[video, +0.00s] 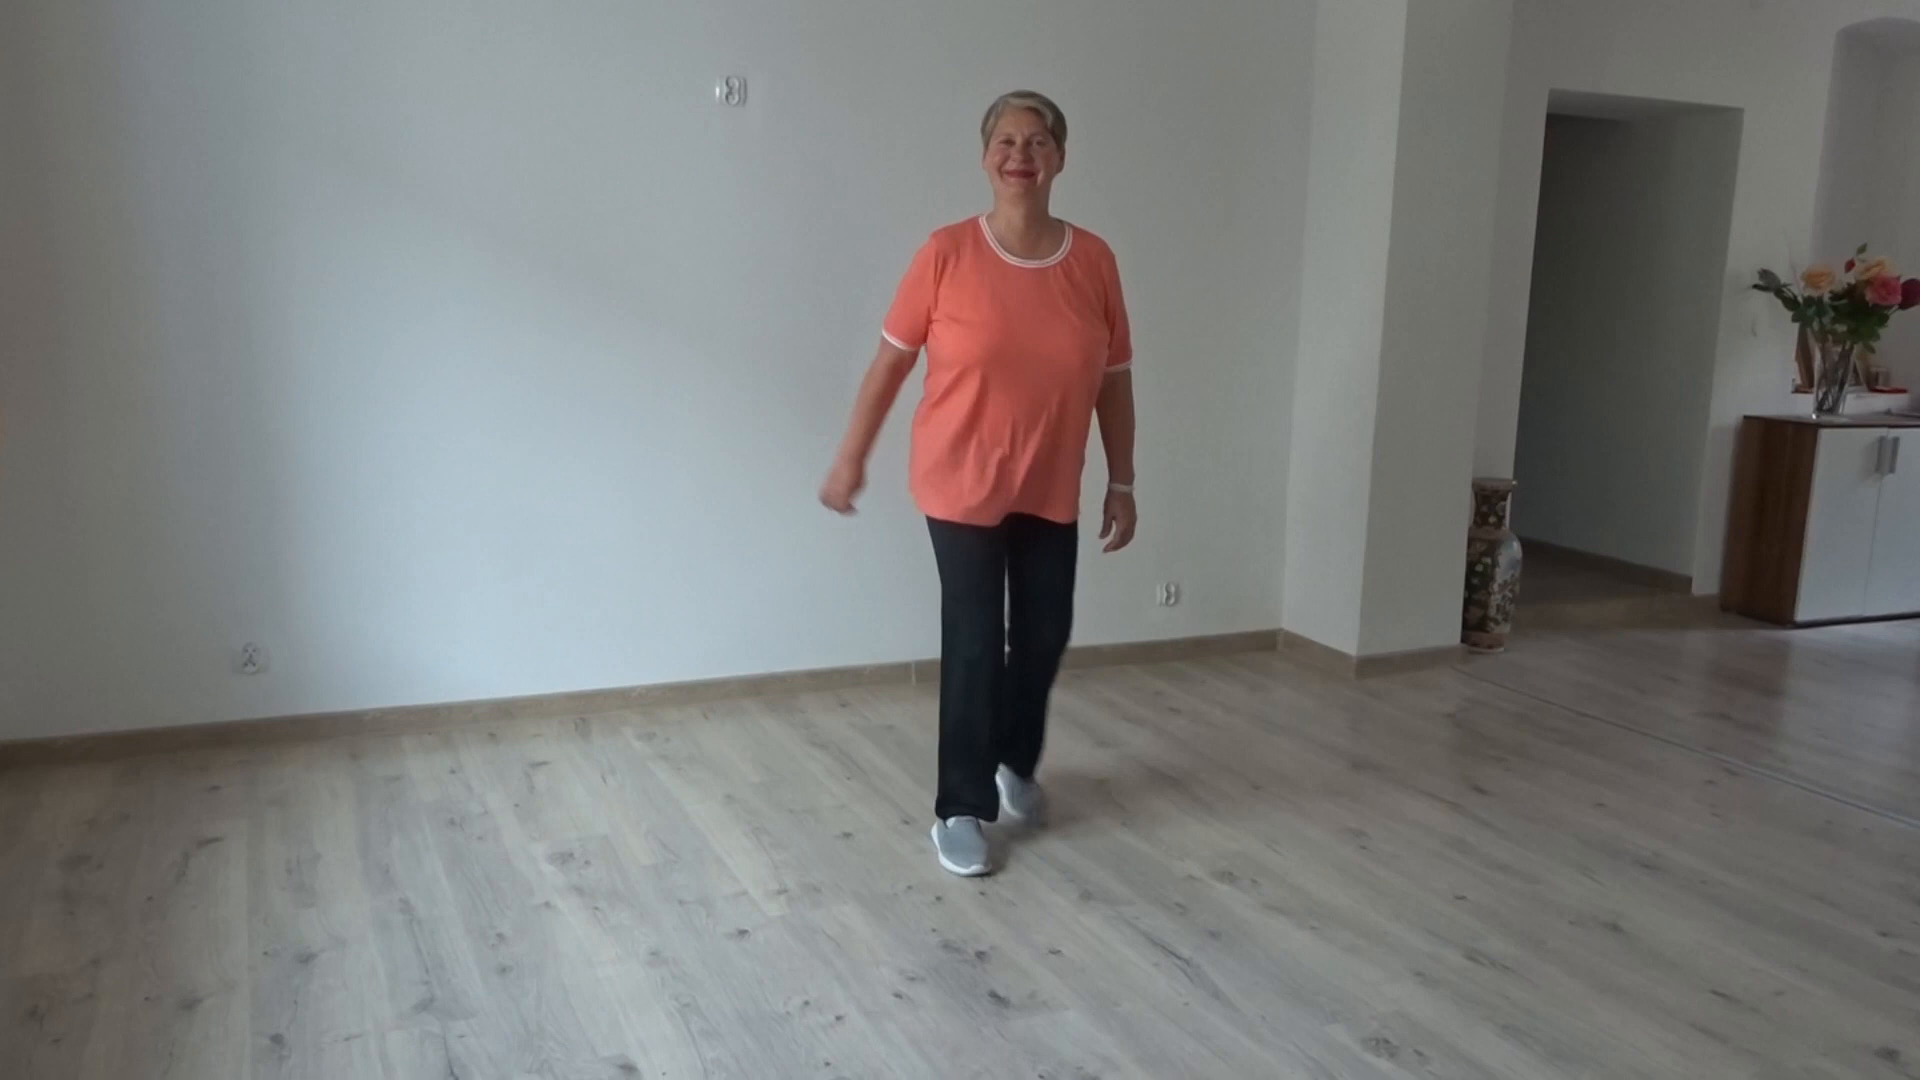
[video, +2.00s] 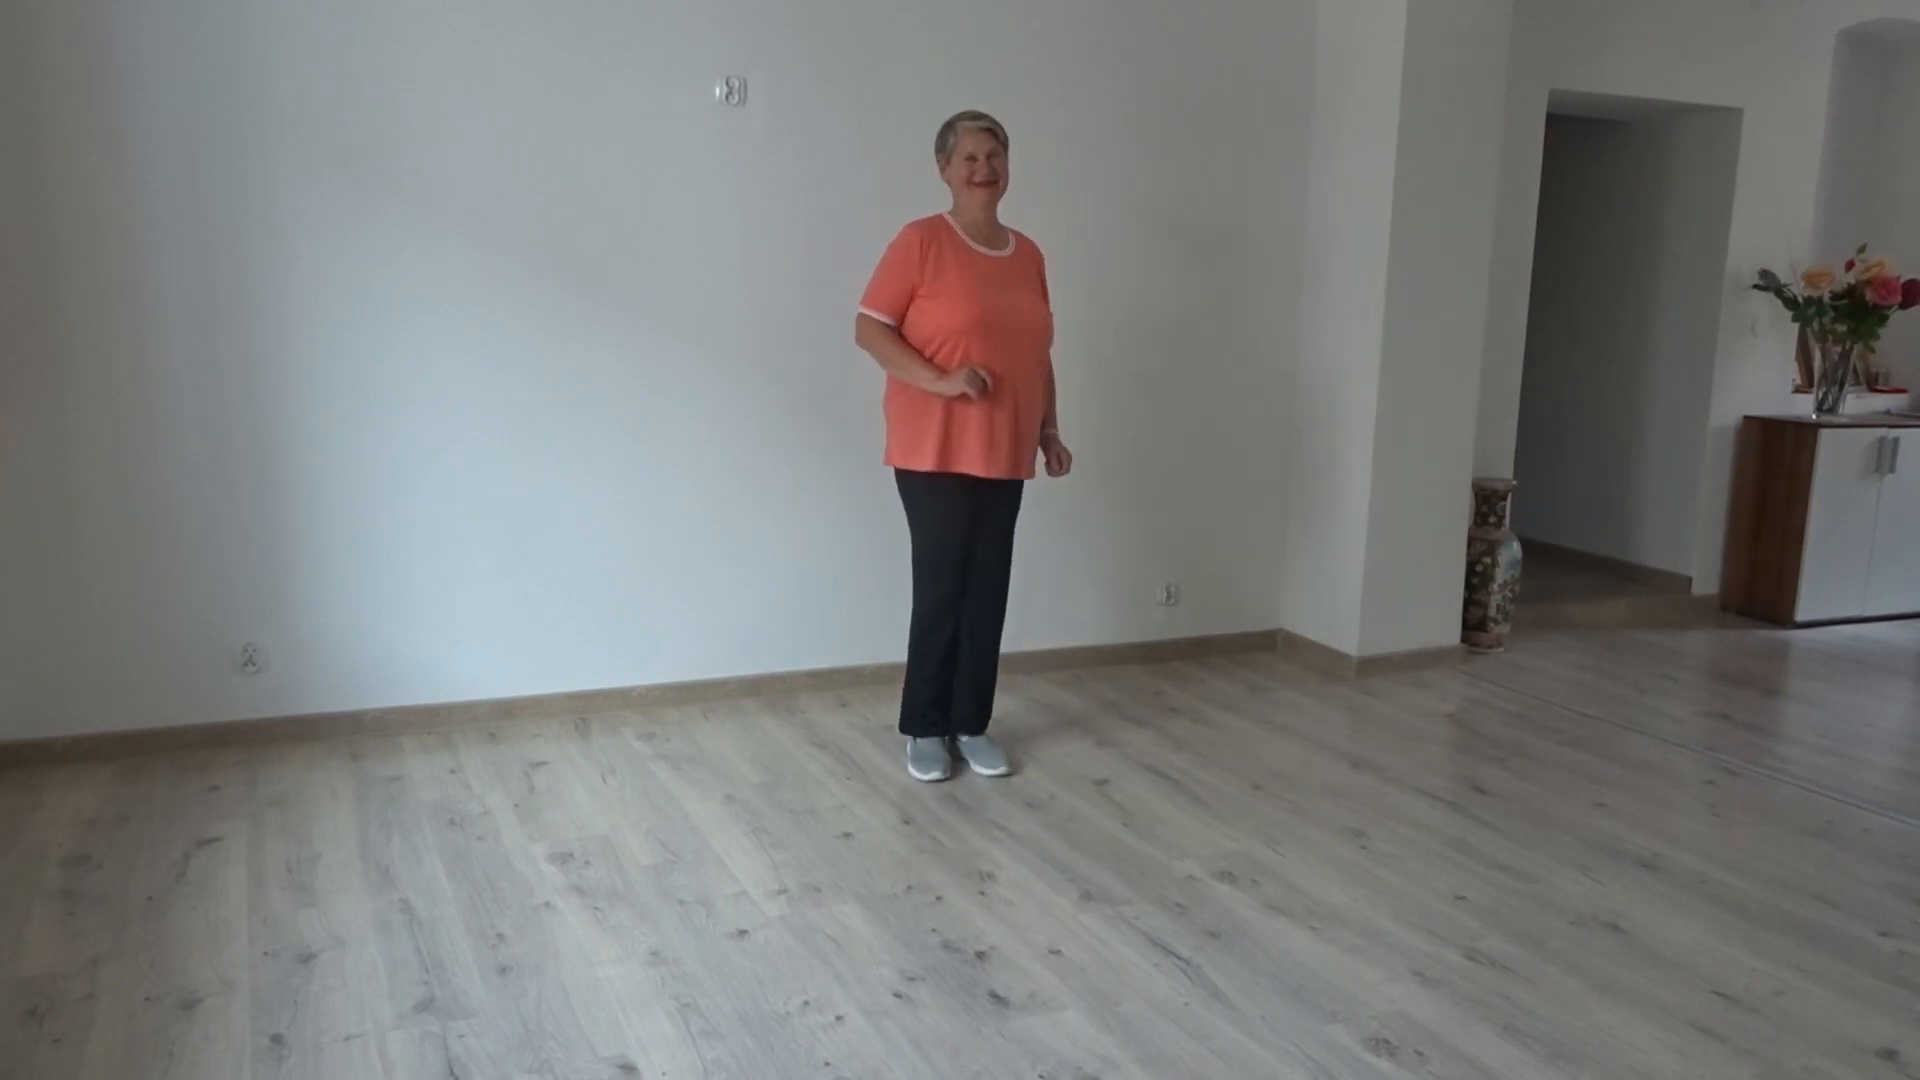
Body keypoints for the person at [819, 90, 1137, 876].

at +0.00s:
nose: (1018, 153)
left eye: (1035, 143)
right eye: (1005, 141)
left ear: (1059, 160)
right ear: (984, 157)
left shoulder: (1092, 259)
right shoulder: (948, 253)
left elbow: (1113, 380)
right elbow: (892, 360)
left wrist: (1122, 482)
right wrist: (850, 458)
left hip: (1051, 487)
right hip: (961, 483)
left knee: (1045, 637)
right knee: (974, 643)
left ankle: (1016, 761)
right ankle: (961, 809)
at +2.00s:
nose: (985, 165)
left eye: (994, 155)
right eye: (970, 157)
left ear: (1008, 167)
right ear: (945, 170)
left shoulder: (1026, 254)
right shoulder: (919, 242)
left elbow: (1038, 353)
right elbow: (870, 328)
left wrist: (1047, 427)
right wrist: (937, 380)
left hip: (1004, 458)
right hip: (935, 454)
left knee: (986, 597)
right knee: (941, 595)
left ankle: (969, 728)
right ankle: (924, 730)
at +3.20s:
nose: (964, 161)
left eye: (979, 154)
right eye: (953, 151)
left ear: (998, 170)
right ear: (935, 165)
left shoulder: (1025, 244)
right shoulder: (910, 249)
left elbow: (1067, 340)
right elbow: (894, 333)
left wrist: (1002, 367)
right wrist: (867, 354)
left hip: (1008, 456)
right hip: (931, 455)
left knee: (985, 592)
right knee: (939, 590)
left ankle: (974, 729)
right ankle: (929, 730)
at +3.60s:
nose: (984, 165)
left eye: (998, 158)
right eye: (973, 153)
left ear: (1010, 174)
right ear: (948, 162)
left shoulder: (1037, 249)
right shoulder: (914, 247)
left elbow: (1075, 340)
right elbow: (883, 331)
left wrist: (1031, 377)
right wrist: (889, 352)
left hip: (1008, 457)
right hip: (931, 456)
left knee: (989, 597)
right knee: (936, 594)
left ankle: (973, 728)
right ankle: (927, 731)